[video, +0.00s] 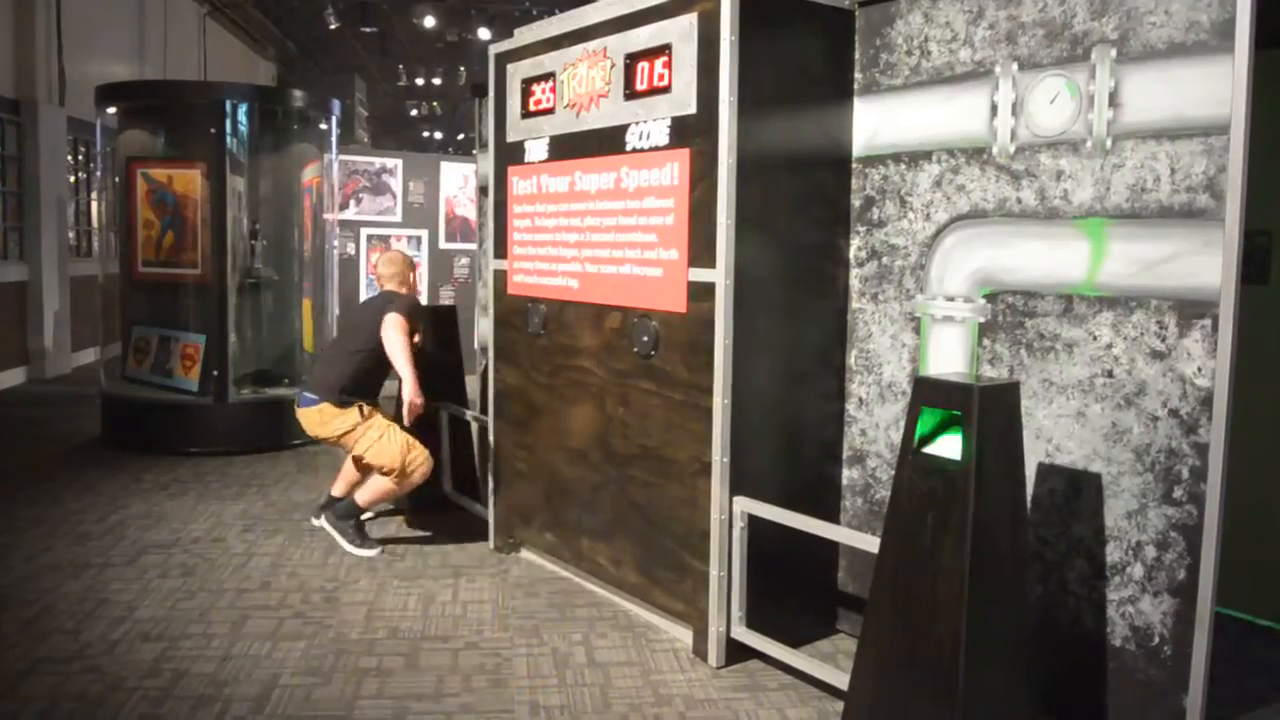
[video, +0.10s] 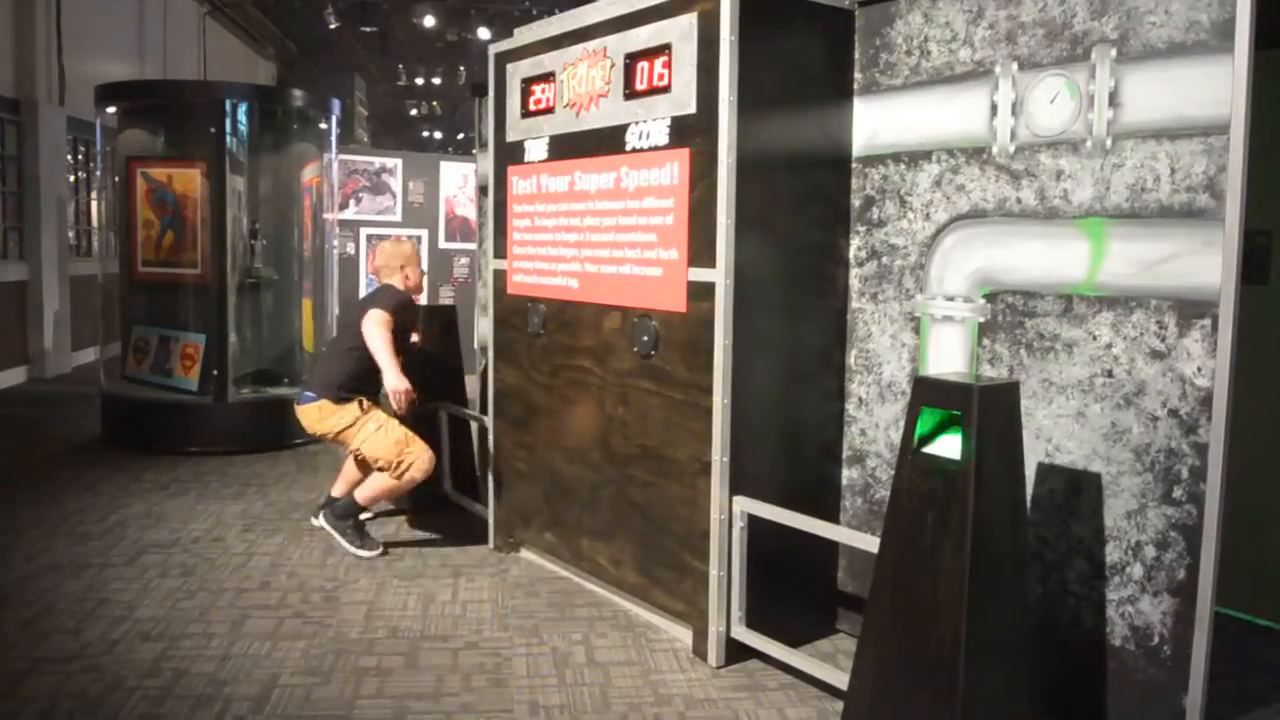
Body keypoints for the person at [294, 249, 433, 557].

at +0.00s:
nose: (417, 282)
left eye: (415, 278)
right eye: (416, 277)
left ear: (378, 280)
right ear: (411, 278)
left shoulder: (366, 306)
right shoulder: (402, 302)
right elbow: (392, 331)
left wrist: (408, 338)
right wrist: (410, 382)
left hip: (312, 403)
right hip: (334, 408)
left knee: (381, 440)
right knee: (416, 463)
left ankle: (331, 504)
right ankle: (345, 515)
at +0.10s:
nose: (422, 277)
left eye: (421, 271)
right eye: (420, 271)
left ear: (386, 274)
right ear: (405, 273)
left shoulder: (374, 300)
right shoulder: (394, 296)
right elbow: (373, 324)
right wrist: (392, 373)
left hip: (317, 401)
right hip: (331, 404)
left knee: (379, 443)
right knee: (417, 461)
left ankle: (332, 506)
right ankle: (343, 514)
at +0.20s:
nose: (423, 254)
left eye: (420, 246)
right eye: (415, 248)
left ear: (392, 258)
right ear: (391, 258)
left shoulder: (392, 293)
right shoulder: (386, 290)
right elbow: (342, 319)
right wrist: (356, 364)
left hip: (336, 402)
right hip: (337, 406)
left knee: (379, 442)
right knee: (420, 469)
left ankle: (331, 508)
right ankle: (334, 518)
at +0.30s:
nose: (421, 239)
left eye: (419, 230)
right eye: (411, 233)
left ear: (395, 241)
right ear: (385, 244)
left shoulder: (405, 281)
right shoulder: (380, 281)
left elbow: (399, 332)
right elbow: (322, 316)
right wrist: (323, 372)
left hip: (386, 400)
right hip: (361, 404)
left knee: (373, 452)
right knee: (405, 487)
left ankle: (331, 506)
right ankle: (320, 548)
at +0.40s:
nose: (429, 221)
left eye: (428, 213)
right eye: (417, 215)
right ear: (389, 226)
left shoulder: (423, 268)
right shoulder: (375, 280)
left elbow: (399, 322)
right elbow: (348, 351)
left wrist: (339, 333)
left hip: (405, 393)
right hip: (361, 398)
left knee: (395, 465)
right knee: (374, 493)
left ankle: (346, 497)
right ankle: (313, 550)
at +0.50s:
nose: (449, 205)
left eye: (446, 197)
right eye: (437, 199)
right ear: (409, 213)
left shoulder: (433, 253)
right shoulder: (410, 265)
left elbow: (403, 314)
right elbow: (433, 342)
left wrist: (361, 331)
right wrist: (516, 365)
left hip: (416, 382)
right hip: (365, 392)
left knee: (443, 460)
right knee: (360, 497)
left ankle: (374, 493)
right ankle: (317, 549)